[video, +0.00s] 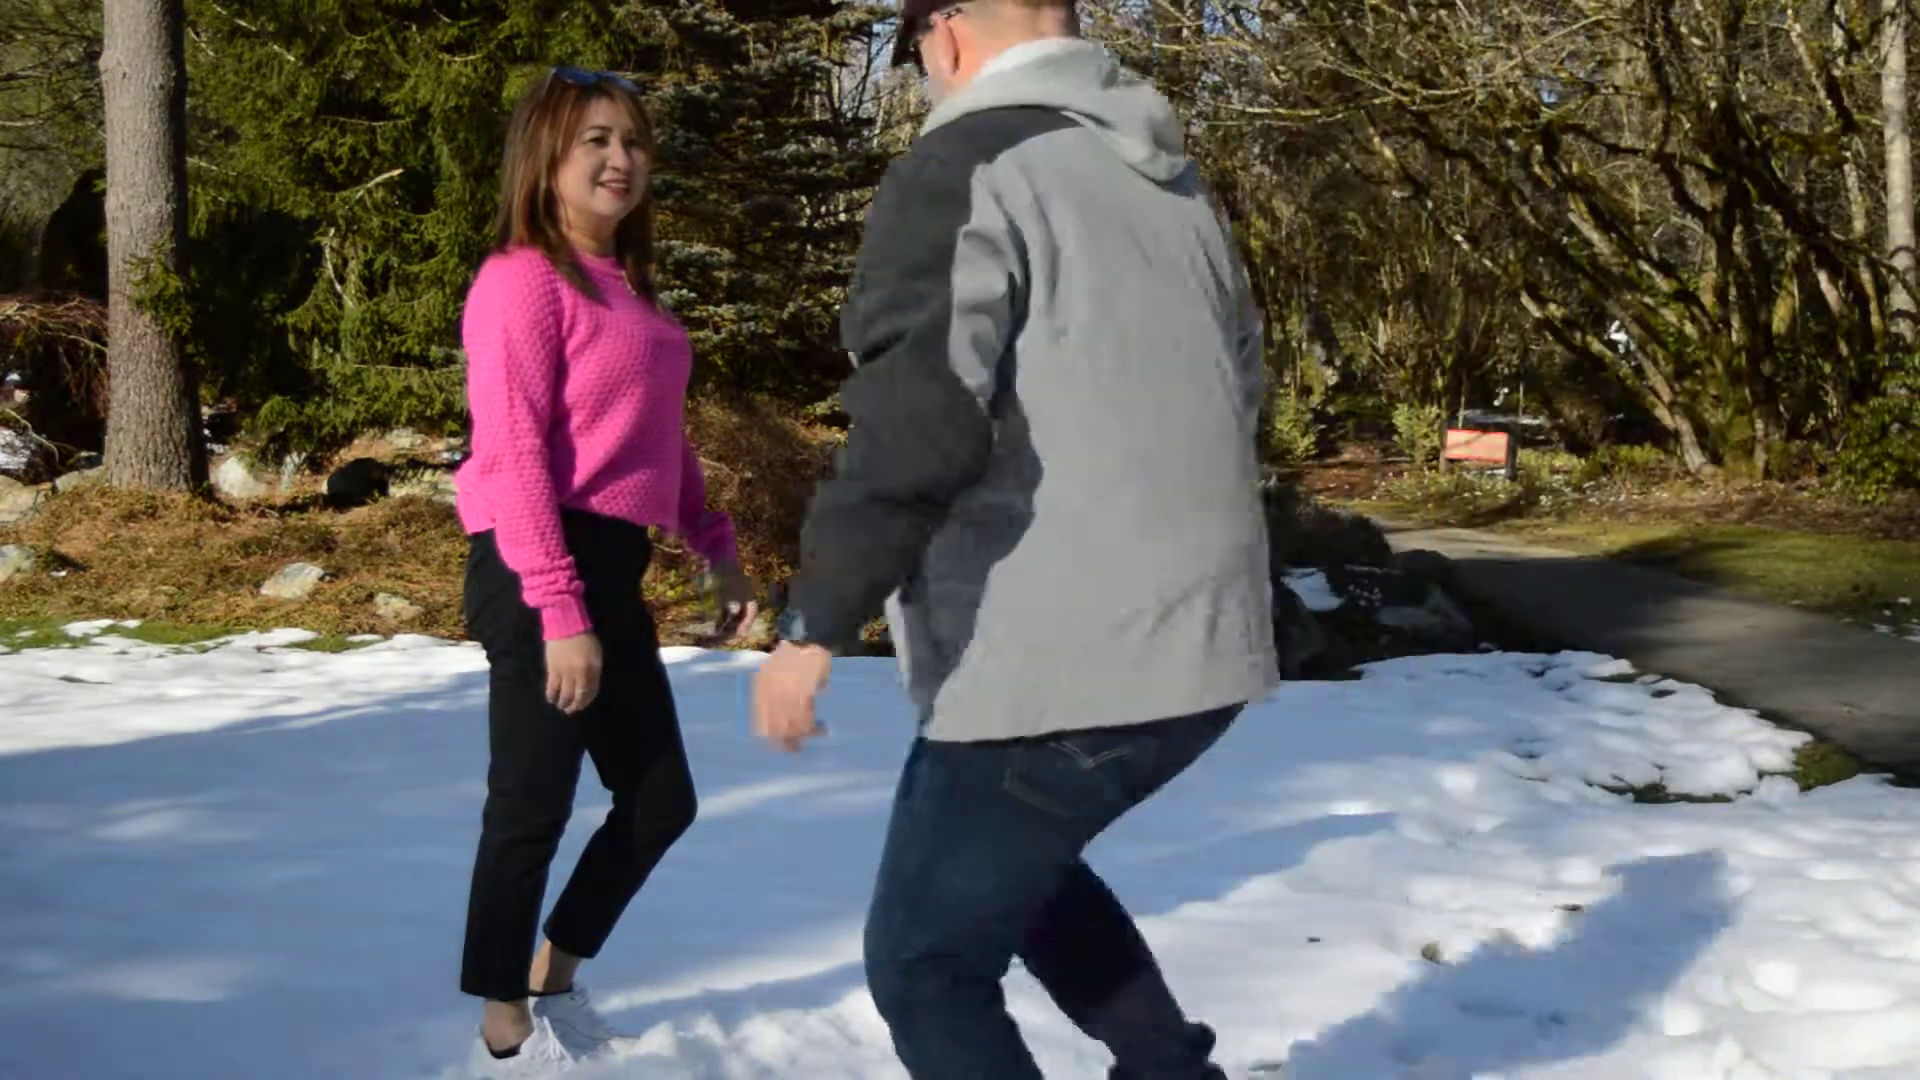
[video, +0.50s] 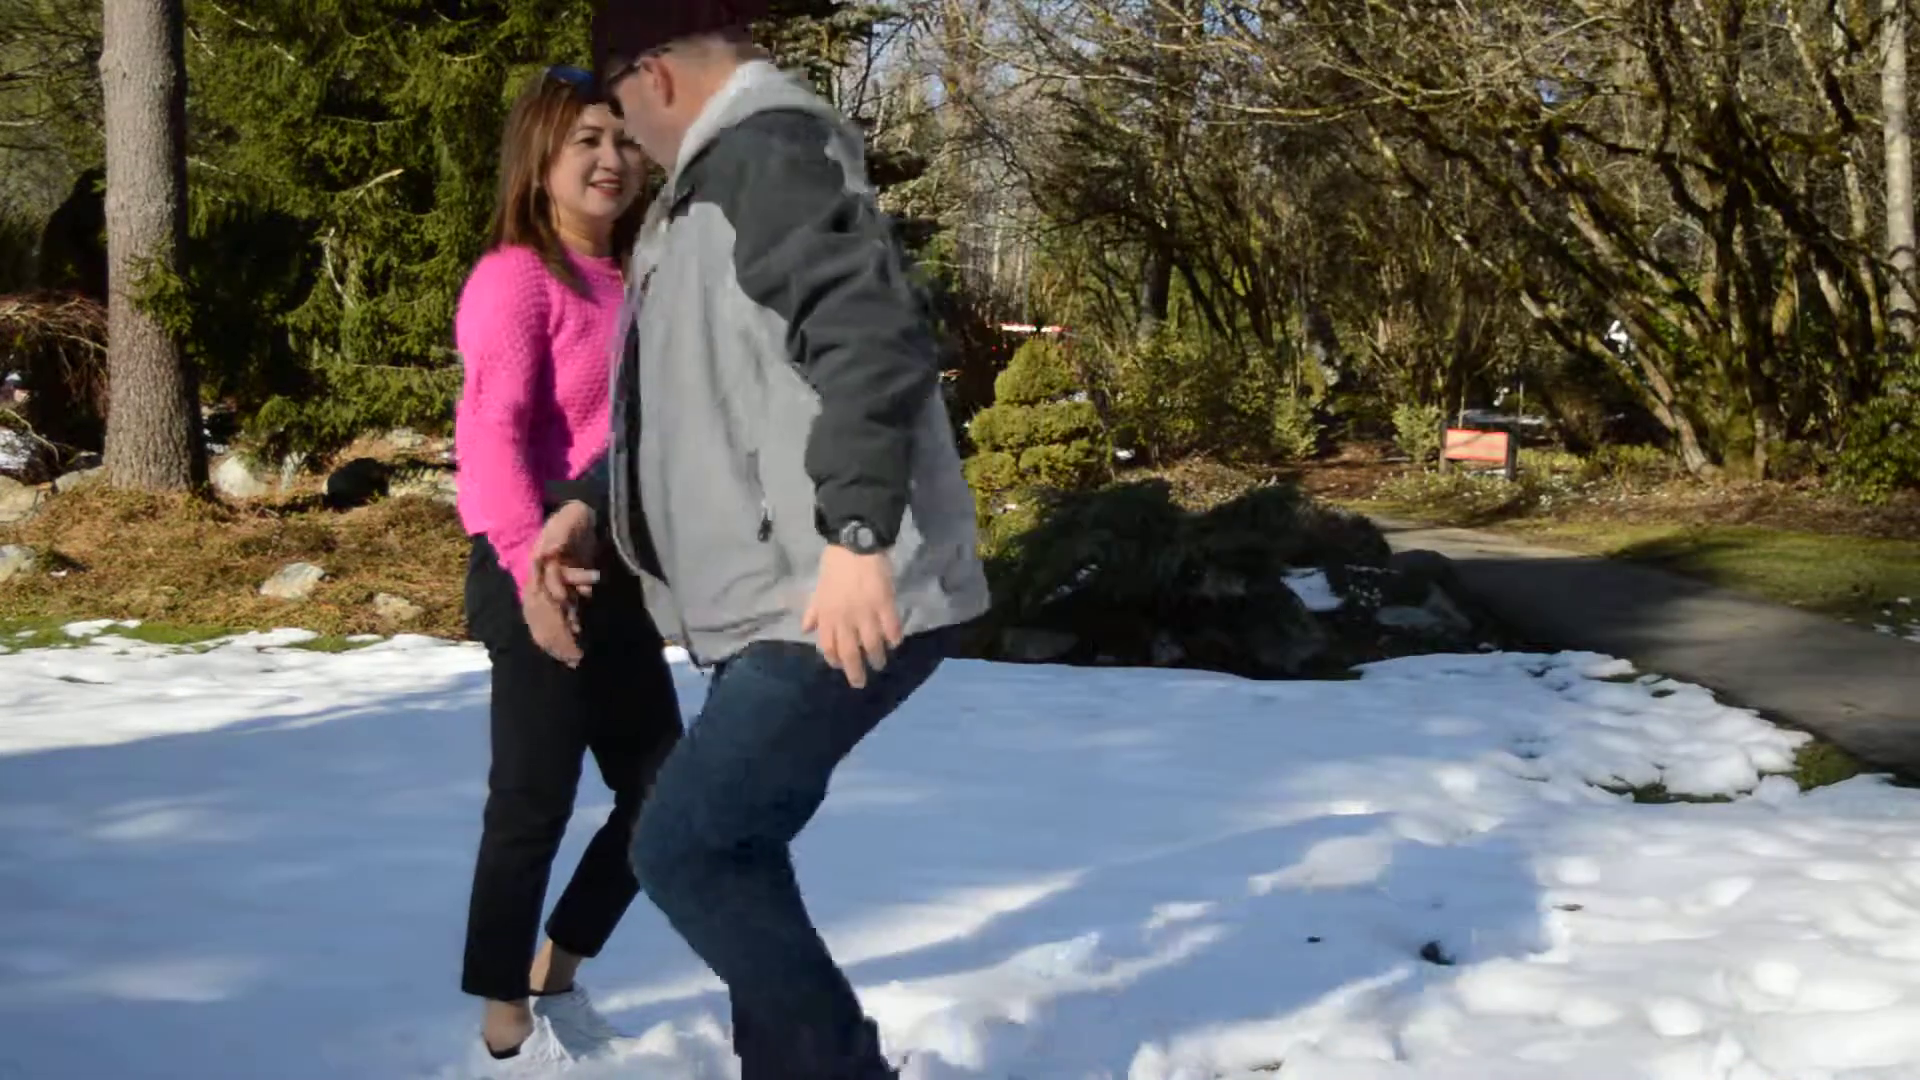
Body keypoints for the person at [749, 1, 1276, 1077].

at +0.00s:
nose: (924, 84)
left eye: (921, 56)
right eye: (920, 61)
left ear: (951, 40)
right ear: (1066, 30)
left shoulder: (958, 169)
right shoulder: (1170, 174)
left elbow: (917, 424)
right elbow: (1240, 386)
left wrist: (813, 629)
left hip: (1056, 666)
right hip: (1214, 650)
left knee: (924, 967)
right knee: (1026, 859)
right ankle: (1168, 1060)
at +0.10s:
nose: (862, 76)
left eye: (859, 50)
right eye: (858, 55)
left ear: (886, 36)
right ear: (994, 25)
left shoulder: (898, 154)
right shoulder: (1091, 152)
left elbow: (840, 387)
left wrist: (709, 537)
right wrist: (830, 526)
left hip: (1009, 631)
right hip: (1126, 615)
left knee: (893, 958)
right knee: (928, 935)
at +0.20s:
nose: (801, 93)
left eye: (795, 69)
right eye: (797, 73)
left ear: (823, 54)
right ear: (929, 33)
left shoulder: (864, 148)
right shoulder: (998, 150)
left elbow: (811, 378)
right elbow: (949, 403)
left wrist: (665, 506)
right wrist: (794, 550)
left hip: (951, 628)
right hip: (1021, 609)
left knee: (867, 965)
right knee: (835, 861)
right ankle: (817, 1068)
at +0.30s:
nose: (741, 122)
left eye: (737, 96)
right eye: (734, 100)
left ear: (771, 79)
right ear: (849, 65)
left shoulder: (835, 173)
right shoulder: (887, 161)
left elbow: (830, 386)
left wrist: (684, 541)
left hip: (914, 628)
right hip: (871, 620)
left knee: (783, 931)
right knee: (748, 876)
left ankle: (971, 1070)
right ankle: (795, 1064)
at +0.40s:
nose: (678, 136)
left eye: (673, 113)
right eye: (669, 117)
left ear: (711, 89)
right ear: (755, 74)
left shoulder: (800, 169)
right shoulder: (786, 170)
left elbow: (844, 379)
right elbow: (762, 399)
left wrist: (775, 573)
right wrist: (660, 514)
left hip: (881, 619)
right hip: (842, 614)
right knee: (744, 878)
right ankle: (784, 1067)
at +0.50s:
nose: (617, 127)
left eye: (617, 101)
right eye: (609, 108)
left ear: (658, 73)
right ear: (672, 72)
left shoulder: (767, 152)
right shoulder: (691, 187)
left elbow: (871, 337)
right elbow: (685, 410)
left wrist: (858, 543)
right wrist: (592, 507)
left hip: (844, 601)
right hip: (770, 604)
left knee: (685, 842)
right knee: (733, 857)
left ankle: (841, 1073)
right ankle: (787, 1067)